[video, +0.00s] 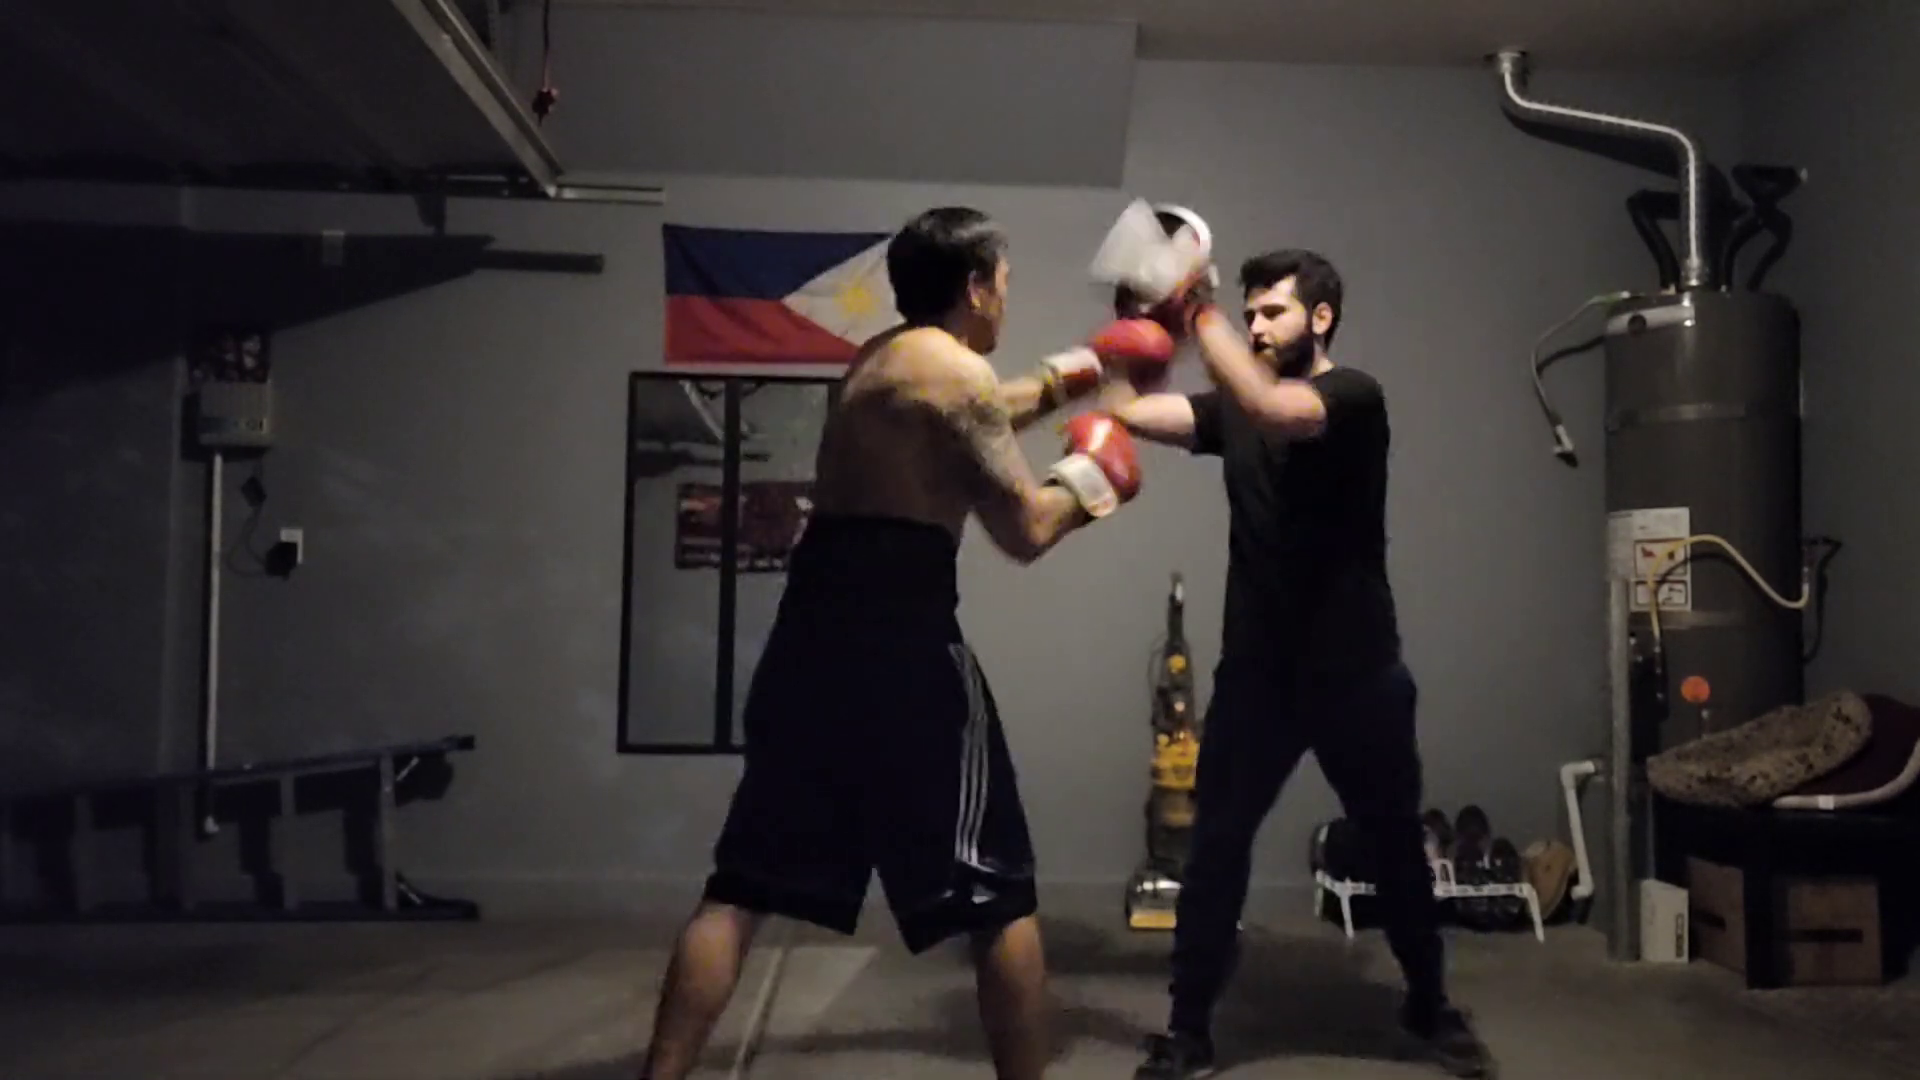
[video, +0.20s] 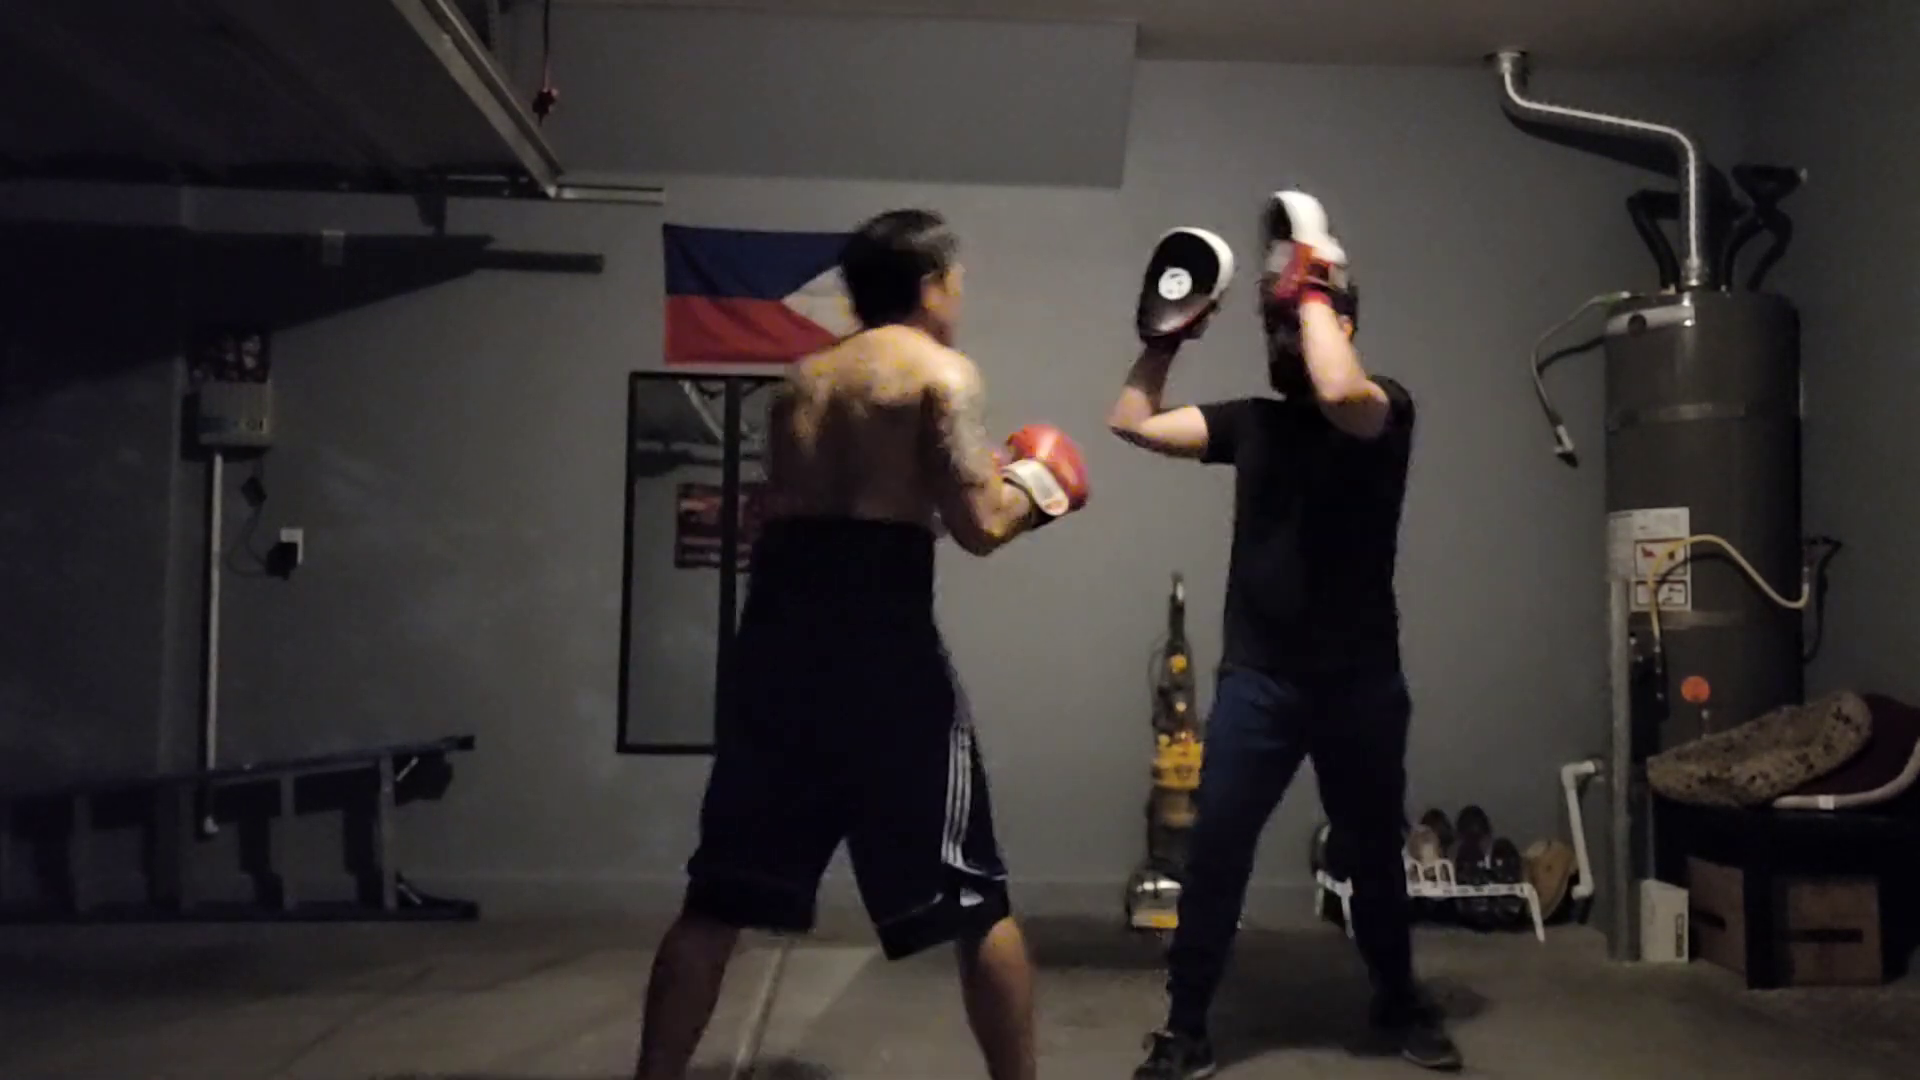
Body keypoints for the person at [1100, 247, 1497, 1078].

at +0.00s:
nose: (1257, 328)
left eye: (1273, 312)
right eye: (1250, 316)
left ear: (1322, 317)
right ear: (1243, 329)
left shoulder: (1357, 395)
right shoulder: (1238, 407)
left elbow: (1272, 406)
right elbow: (1137, 409)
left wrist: (1197, 309)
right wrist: (1118, 343)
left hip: (1355, 671)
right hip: (1258, 673)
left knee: (1394, 840)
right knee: (1216, 845)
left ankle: (1429, 1004)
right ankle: (1188, 1029)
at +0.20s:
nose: (1285, 331)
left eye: (1300, 314)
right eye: (1276, 319)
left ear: (1341, 324)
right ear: (1265, 332)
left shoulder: (1386, 408)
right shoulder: (1253, 420)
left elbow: (1339, 392)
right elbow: (1135, 420)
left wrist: (1314, 294)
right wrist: (1163, 337)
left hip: (1359, 675)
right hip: (1258, 675)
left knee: (1375, 853)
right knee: (1216, 846)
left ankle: (1398, 1008)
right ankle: (1185, 1027)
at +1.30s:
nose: (1219, 359)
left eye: (1234, 342)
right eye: (1210, 347)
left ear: (1280, 342)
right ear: (1203, 355)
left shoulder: (1318, 410)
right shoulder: (1202, 434)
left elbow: (1277, 430)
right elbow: (1116, 455)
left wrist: (1201, 358)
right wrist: (1108, 376)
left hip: (1316, 680)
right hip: (1218, 680)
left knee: (1356, 846)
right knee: (1166, 843)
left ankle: (1398, 1005)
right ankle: (1140, 1010)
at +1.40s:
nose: (1256, 346)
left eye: (1271, 330)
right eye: (1245, 333)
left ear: (1303, 338)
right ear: (1233, 348)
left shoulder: (1347, 416)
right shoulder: (1217, 435)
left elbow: (1335, 442)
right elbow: (1111, 448)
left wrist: (1283, 354)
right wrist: (1133, 373)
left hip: (1332, 682)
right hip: (1234, 683)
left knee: (1362, 848)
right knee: (1179, 830)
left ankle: (1398, 1007)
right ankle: (1144, 1010)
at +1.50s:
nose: (1264, 354)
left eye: (1279, 339)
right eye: (1255, 340)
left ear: (1320, 341)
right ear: (1248, 350)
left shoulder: (1374, 415)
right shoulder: (1236, 427)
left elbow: (1366, 445)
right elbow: (1127, 440)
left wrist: (1339, 346)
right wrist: (1157, 359)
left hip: (1350, 679)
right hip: (1251, 677)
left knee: (1370, 853)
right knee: (1201, 845)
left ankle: (1396, 1009)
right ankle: (1149, 1012)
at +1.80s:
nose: (1301, 352)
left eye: (1315, 337)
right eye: (1290, 339)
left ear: (1353, 337)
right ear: (1277, 343)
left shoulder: (1396, 412)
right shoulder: (1256, 419)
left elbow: (1385, 444)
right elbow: (1144, 437)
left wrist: (1365, 346)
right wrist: (1153, 355)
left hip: (1371, 676)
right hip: (1269, 674)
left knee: (1392, 853)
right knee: (1211, 841)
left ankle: (1402, 1011)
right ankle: (1155, 1012)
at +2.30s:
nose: (1246, 362)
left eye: (1261, 345)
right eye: (1235, 349)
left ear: (1296, 348)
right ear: (1224, 355)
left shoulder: (1336, 421)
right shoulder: (1213, 427)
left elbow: (1276, 452)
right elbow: (1128, 425)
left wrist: (1284, 360)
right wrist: (1101, 356)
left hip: (1325, 679)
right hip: (1229, 680)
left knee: (1364, 850)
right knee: (1176, 826)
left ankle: (1405, 1006)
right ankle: (1150, 1014)